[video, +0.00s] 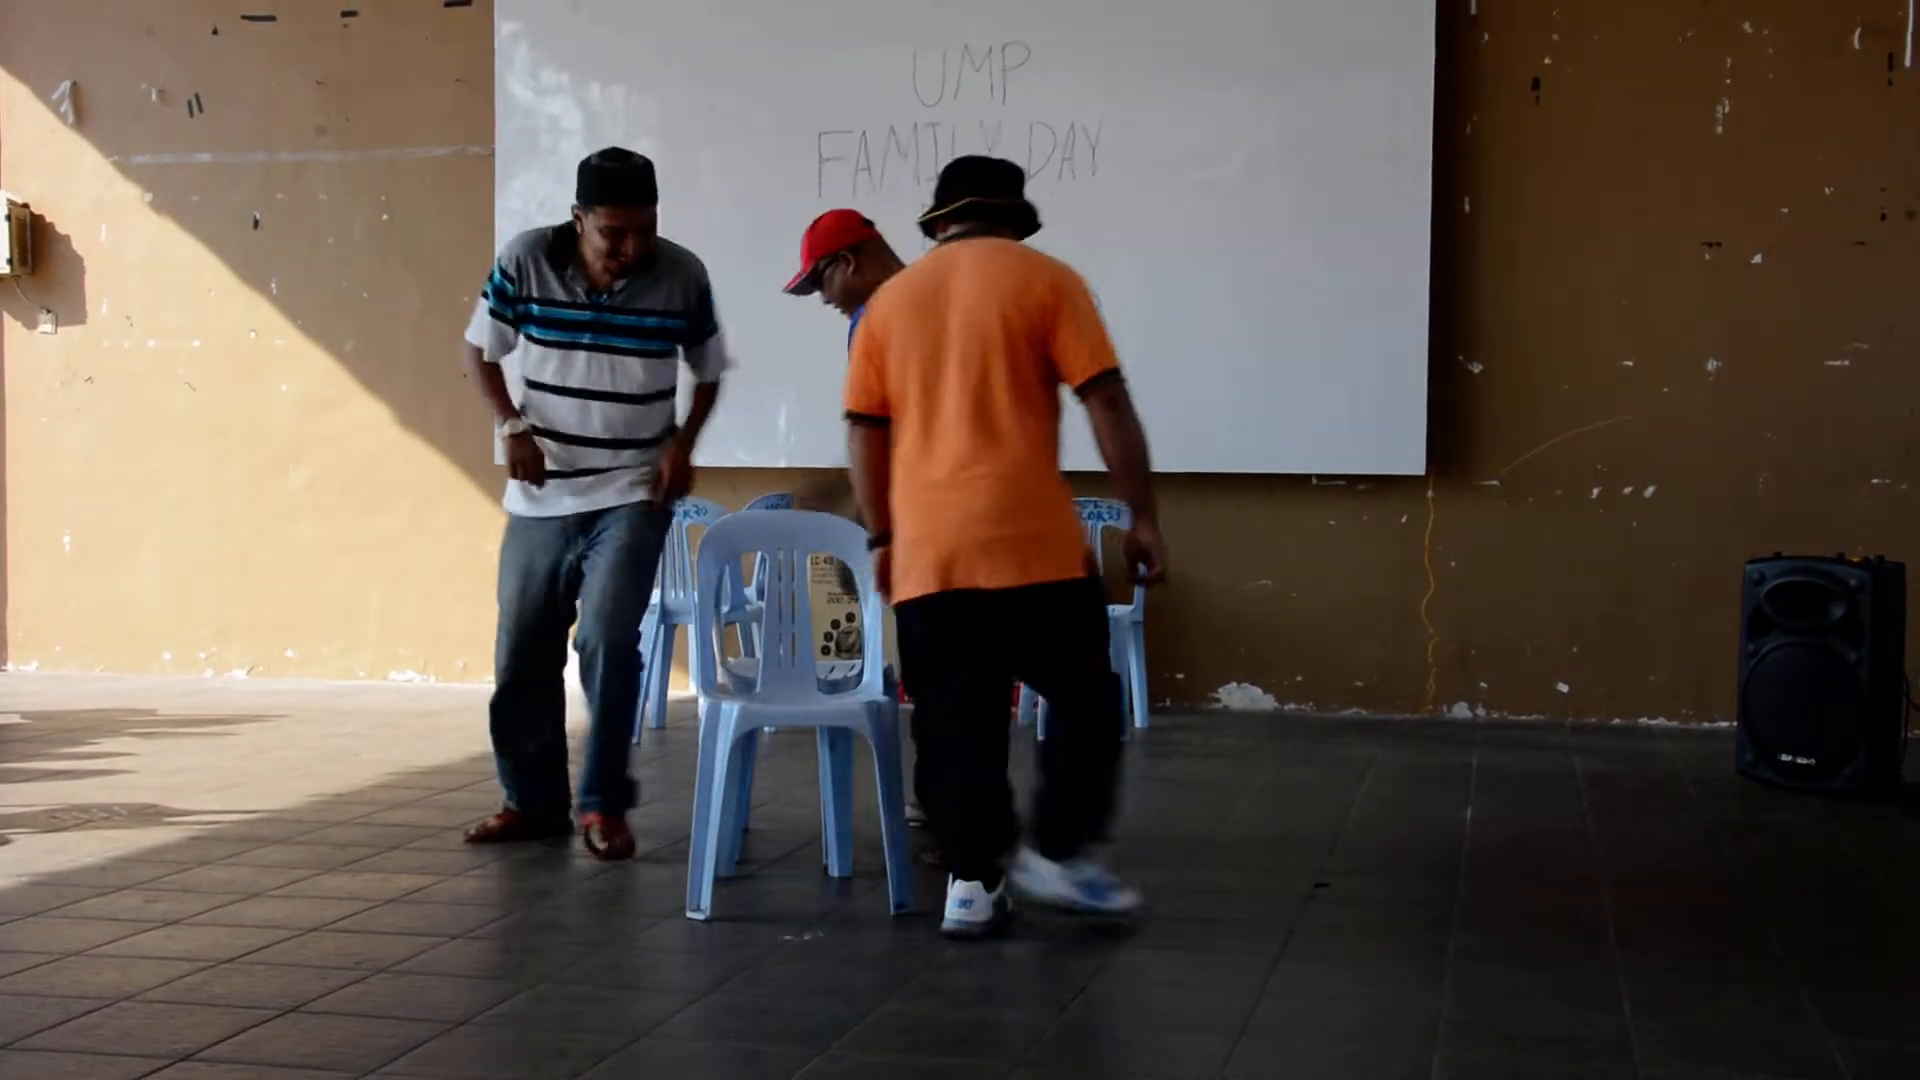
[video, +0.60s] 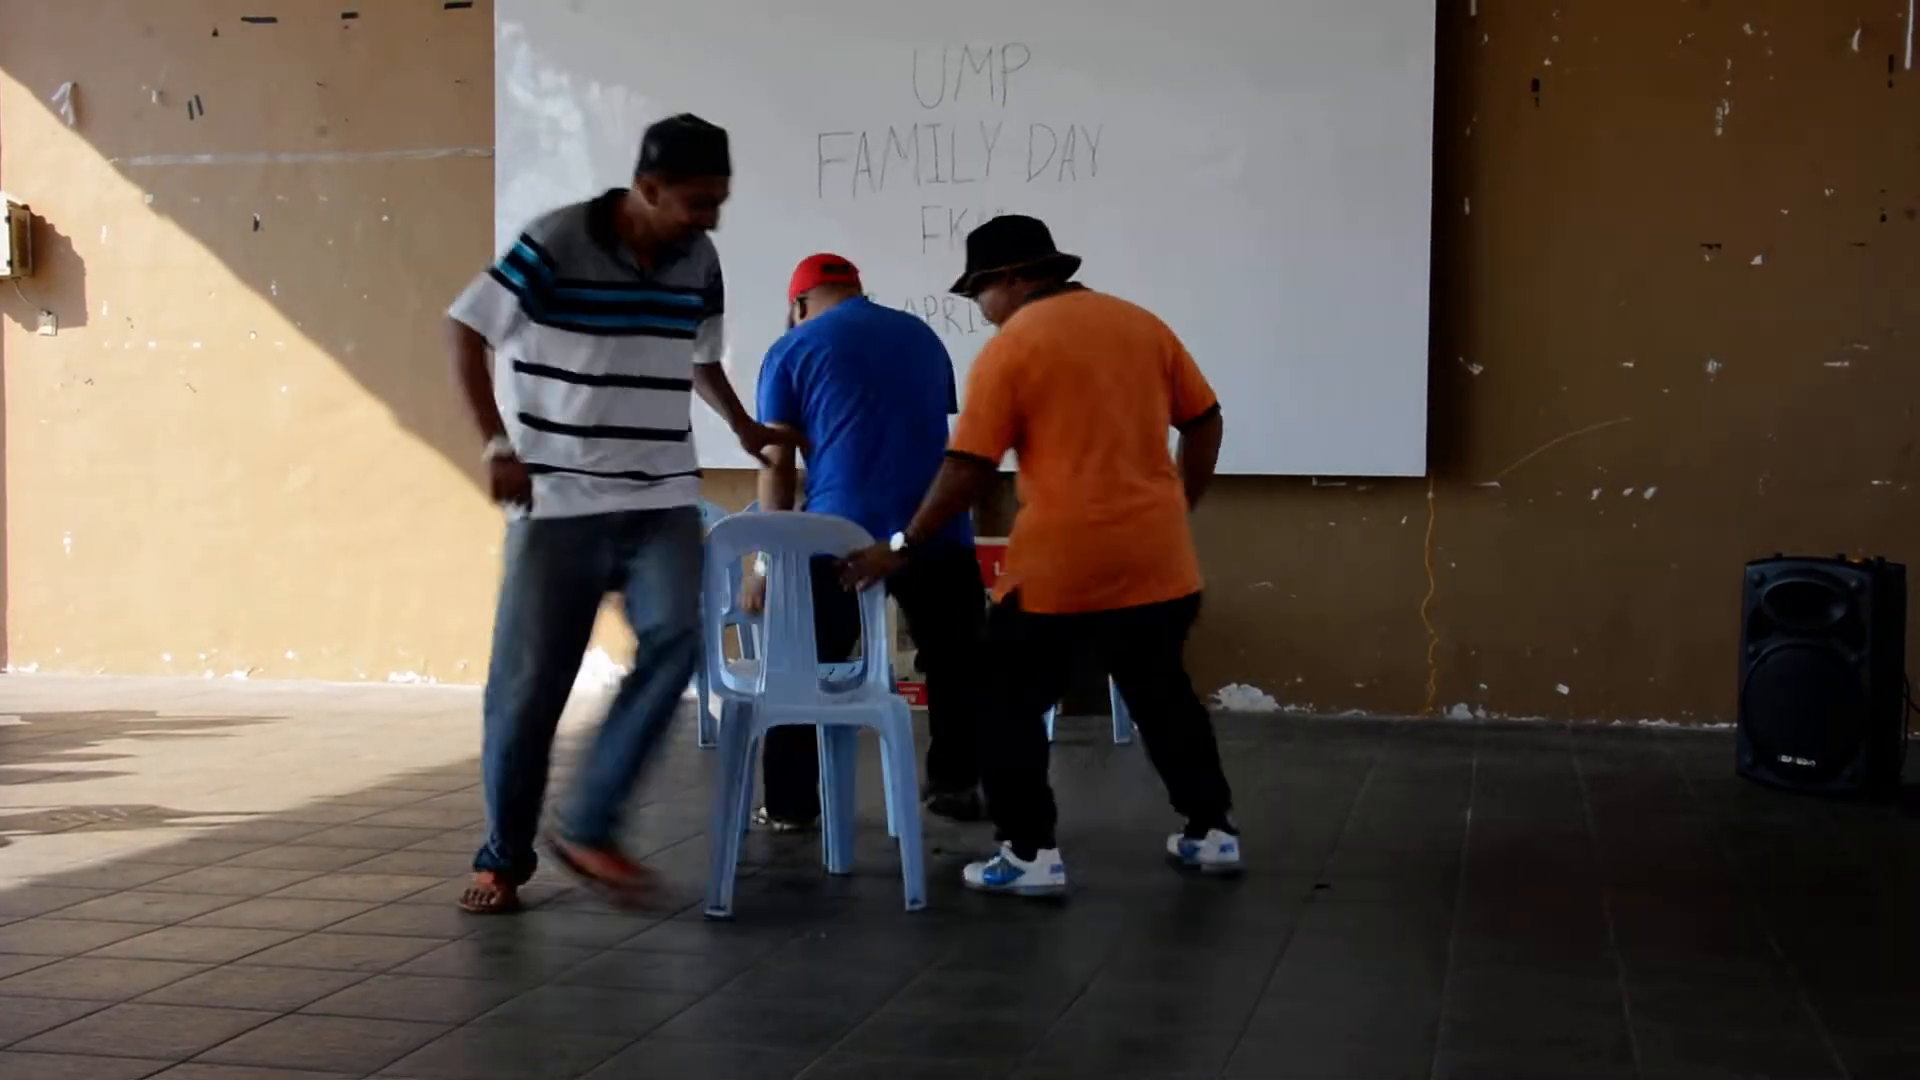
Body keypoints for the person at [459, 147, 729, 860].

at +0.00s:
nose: (630, 249)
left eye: (642, 232)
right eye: (613, 234)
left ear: (656, 218)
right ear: (579, 218)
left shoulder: (681, 278)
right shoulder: (526, 262)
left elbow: (709, 369)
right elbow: (479, 349)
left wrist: (684, 442)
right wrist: (511, 425)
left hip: (630, 494)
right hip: (540, 497)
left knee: (606, 641)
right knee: (520, 656)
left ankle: (603, 806)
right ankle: (531, 806)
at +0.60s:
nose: (710, 221)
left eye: (717, 205)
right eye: (698, 205)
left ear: (714, 193)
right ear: (647, 188)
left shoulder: (700, 262)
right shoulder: (556, 242)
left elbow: (702, 360)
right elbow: (468, 327)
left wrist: (749, 430)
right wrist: (496, 443)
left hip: (663, 501)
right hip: (560, 500)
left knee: (676, 642)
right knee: (527, 683)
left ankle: (590, 831)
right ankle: (503, 857)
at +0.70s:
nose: (747, 228)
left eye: (752, 213)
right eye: (738, 212)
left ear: (716, 201)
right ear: (689, 195)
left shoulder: (719, 268)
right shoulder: (586, 245)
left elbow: (701, 363)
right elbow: (490, 331)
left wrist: (761, 441)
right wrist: (505, 446)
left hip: (693, 513)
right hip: (585, 516)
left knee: (737, 671)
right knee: (549, 700)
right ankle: (511, 859)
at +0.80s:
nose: (786, 228)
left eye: (790, 212)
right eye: (780, 210)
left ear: (750, 201)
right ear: (731, 192)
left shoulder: (749, 278)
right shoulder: (623, 245)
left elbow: (730, 399)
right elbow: (516, 320)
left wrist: (783, 479)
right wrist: (537, 424)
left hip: (737, 534)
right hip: (627, 537)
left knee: (805, 684)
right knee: (584, 713)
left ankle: (797, 895)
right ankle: (516, 859)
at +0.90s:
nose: (820, 218)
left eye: (825, 202)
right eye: (816, 200)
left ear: (782, 188)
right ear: (769, 183)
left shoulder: (772, 258)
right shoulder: (662, 240)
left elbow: (746, 386)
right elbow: (562, 321)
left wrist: (784, 486)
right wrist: (600, 418)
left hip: (775, 526)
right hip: (676, 533)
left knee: (840, 687)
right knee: (645, 704)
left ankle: (798, 895)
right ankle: (546, 850)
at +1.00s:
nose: (840, 191)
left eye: (843, 173)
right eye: (836, 172)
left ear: (793, 166)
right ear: (799, 166)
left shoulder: (784, 255)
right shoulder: (689, 224)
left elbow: (763, 376)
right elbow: (627, 328)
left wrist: (787, 458)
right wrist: (712, 411)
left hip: (785, 509)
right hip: (700, 512)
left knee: (845, 684)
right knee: (692, 702)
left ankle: (807, 889)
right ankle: (637, 879)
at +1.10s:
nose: (852, 182)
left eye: (852, 164)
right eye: (848, 163)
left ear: (795, 157)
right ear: (817, 161)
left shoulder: (769, 241)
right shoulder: (725, 228)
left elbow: (737, 366)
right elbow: (730, 353)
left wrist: (782, 462)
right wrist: (833, 407)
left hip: (786, 504)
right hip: (709, 510)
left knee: (875, 659)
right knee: (708, 700)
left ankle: (820, 861)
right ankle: (648, 882)